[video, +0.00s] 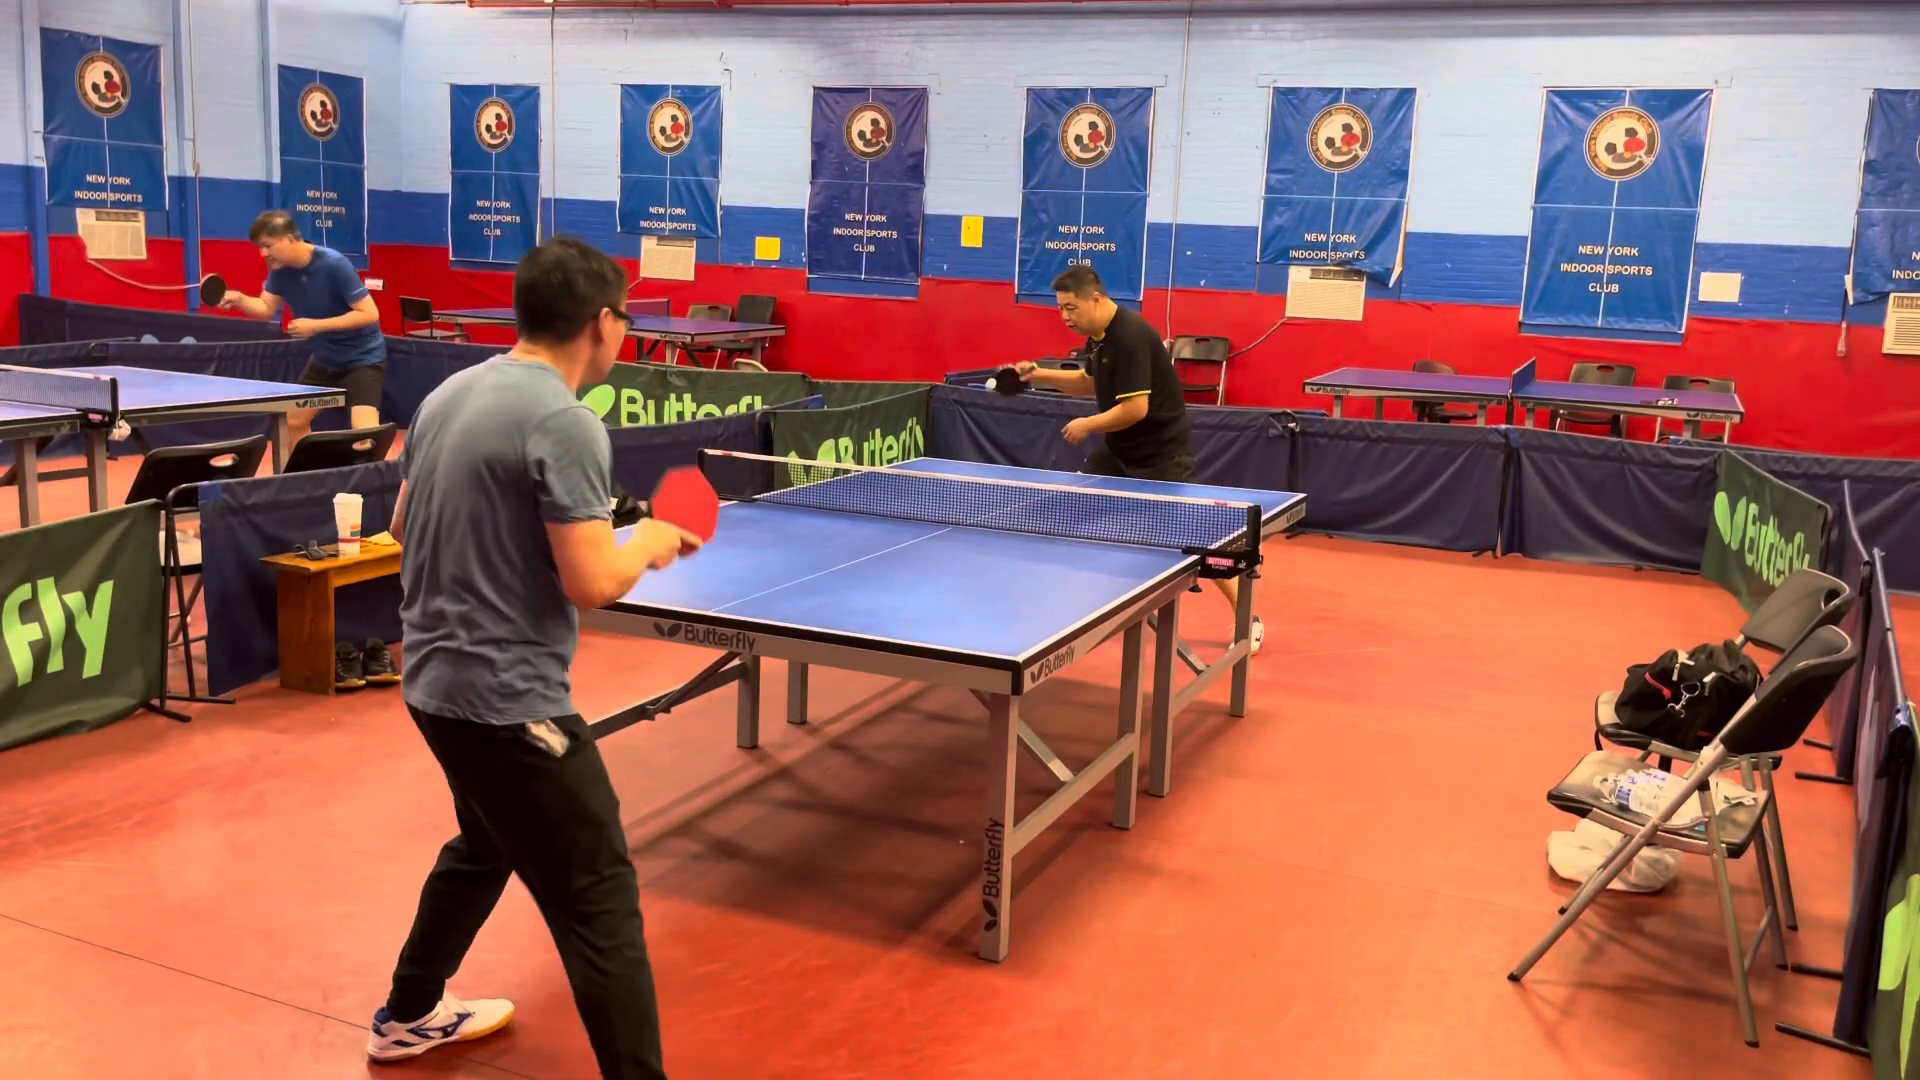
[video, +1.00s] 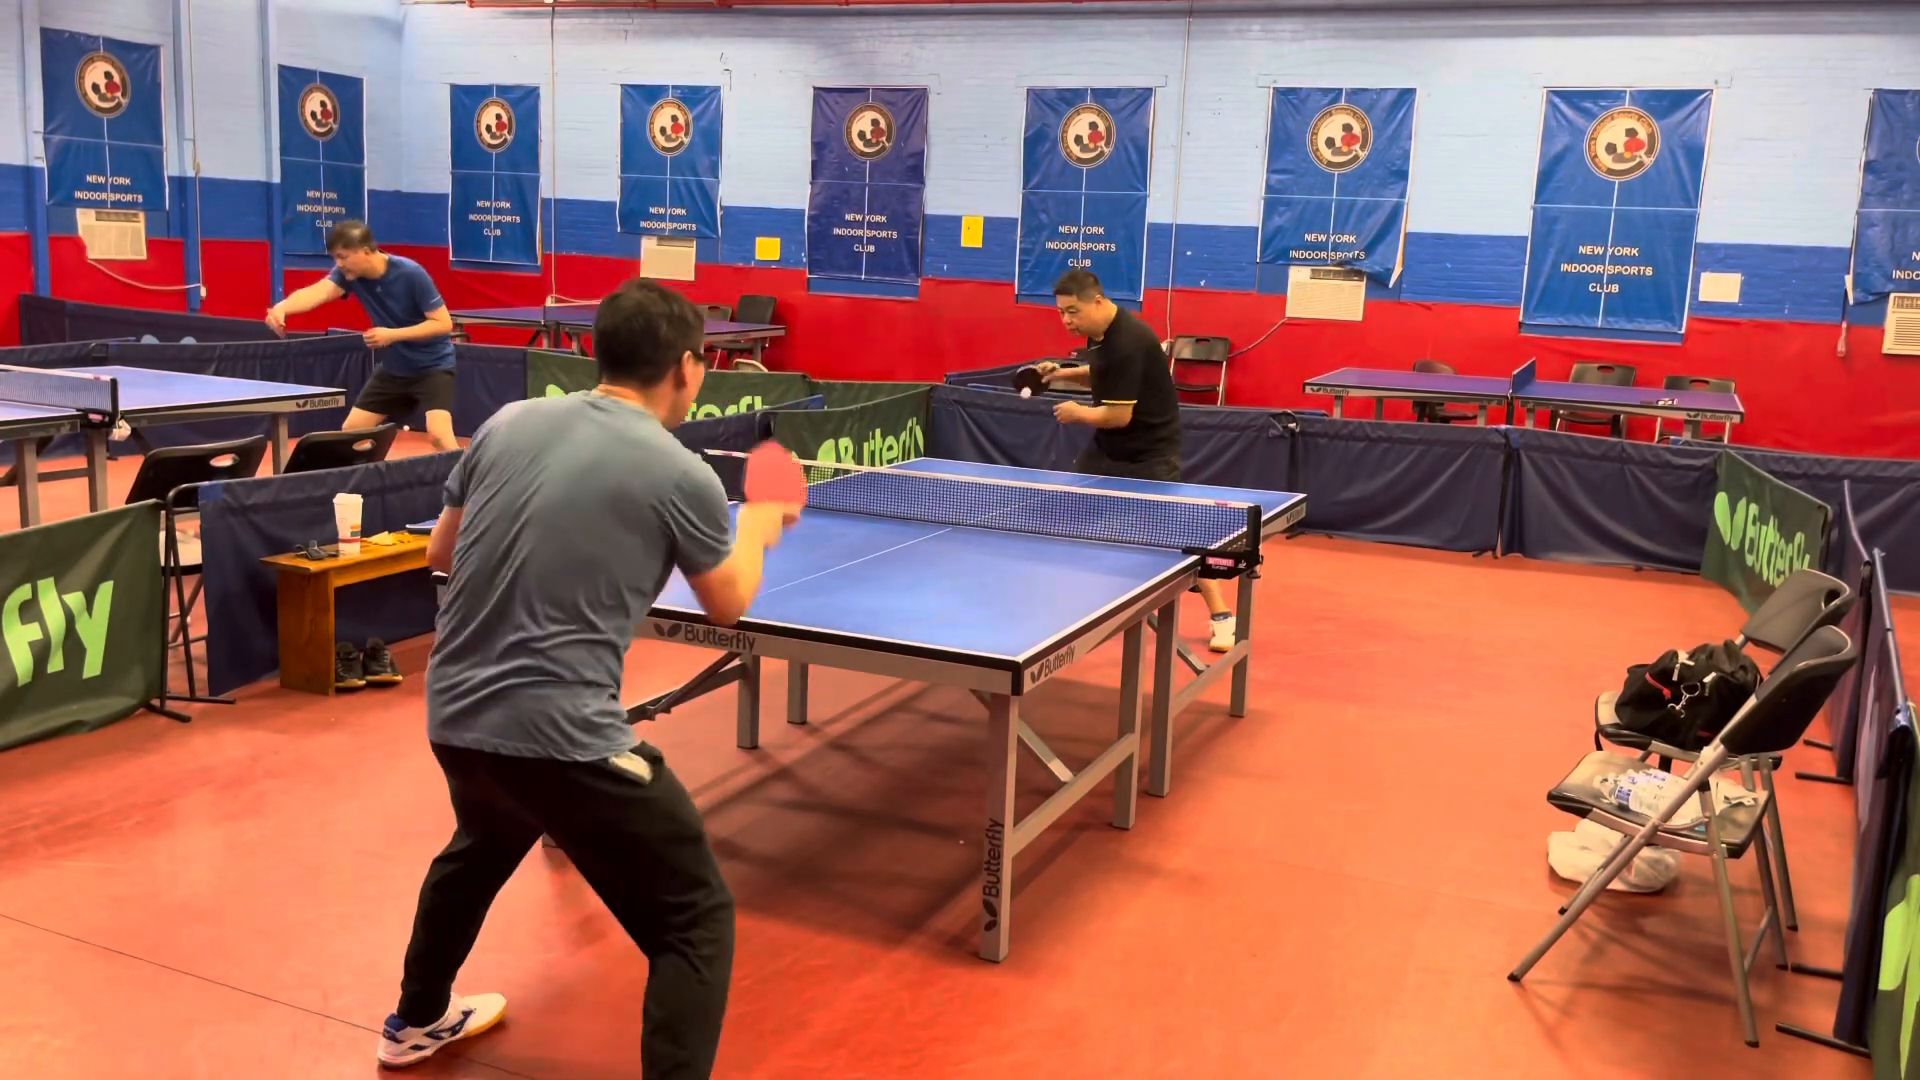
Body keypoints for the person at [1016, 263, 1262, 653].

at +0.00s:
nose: (1065, 317)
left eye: (1071, 308)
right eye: (1061, 309)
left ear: (1098, 300)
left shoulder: (1130, 336)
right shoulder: (1099, 334)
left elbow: (1136, 407)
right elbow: (1093, 382)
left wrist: (1088, 424)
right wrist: (1038, 375)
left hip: (1161, 459)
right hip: (1116, 454)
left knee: (1196, 534)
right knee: (1065, 510)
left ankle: (1247, 619)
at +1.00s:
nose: (1066, 322)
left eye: (1072, 312)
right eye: (1062, 313)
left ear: (1099, 303)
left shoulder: (1128, 341)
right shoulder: (1102, 332)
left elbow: (1120, 415)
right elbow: (1104, 375)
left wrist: (1081, 413)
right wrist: (1060, 374)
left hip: (1150, 455)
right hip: (1107, 447)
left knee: (1176, 530)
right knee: (1062, 509)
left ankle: (1220, 614)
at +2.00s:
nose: (1044, 323)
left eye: (1051, 314)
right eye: (1040, 314)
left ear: (1077, 306)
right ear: (1040, 311)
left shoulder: (1113, 331)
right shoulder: (1051, 342)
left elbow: (1139, 393)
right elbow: (1010, 384)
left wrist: (1096, 426)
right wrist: (997, 365)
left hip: (1148, 443)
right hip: (1100, 443)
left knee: (1178, 521)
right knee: (1048, 504)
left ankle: (1228, 606)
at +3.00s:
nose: (1097, 325)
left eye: (1105, 315)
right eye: (1091, 317)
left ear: (1126, 307)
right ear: (1086, 315)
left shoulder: (1167, 339)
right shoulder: (1088, 348)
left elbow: (1193, 399)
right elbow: (1069, 414)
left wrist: (1138, 422)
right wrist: (1081, 383)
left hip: (1163, 452)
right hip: (1105, 450)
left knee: (1197, 519)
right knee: (1049, 500)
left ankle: (1230, 605)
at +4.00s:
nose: (1139, 310)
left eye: (1148, 302)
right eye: (1134, 301)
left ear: (1170, 299)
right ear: (1127, 298)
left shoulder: (1195, 341)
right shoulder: (1120, 329)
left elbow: (1208, 409)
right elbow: (1096, 385)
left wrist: (1149, 424)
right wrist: (1112, 379)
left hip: (1174, 452)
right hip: (1121, 445)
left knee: (1197, 522)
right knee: (1067, 497)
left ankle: (1231, 609)